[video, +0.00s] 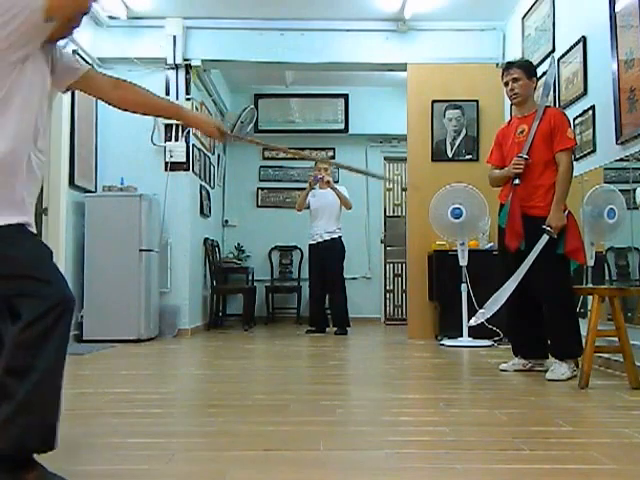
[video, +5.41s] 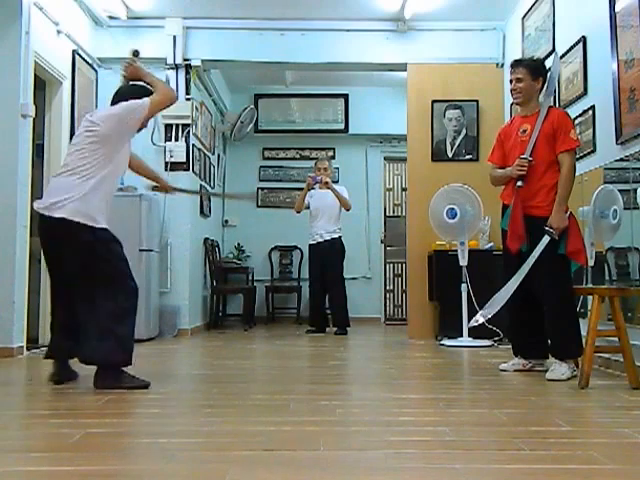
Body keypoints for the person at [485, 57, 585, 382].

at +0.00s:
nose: (511, 87)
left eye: (516, 80)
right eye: (506, 83)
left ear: (533, 83)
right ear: (504, 89)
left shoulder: (553, 117)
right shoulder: (504, 132)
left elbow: (565, 164)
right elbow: (493, 177)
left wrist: (557, 209)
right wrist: (508, 171)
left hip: (546, 214)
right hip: (513, 215)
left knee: (552, 284)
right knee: (519, 284)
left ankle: (565, 358)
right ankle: (529, 355)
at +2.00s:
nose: (511, 86)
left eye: (516, 80)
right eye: (507, 83)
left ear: (534, 82)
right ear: (505, 89)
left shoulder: (554, 117)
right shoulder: (505, 131)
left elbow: (566, 165)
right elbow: (493, 177)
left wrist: (558, 210)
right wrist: (509, 171)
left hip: (547, 215)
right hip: (514, 216)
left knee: (553, 285)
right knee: (520, 284)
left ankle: (565, 358)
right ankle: (529, 355)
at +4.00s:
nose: (516, 85)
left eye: (522, 79)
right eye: (512, 81)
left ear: (538, 82)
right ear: (508, 88)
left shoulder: (555, 117)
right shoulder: (506, 131)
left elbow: (567, 166)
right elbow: (494, 176)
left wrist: (559, 210)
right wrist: (510, 171)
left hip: (547, 214)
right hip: (514, 215)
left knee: (554, 284)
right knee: (520, 284)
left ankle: (565, 358)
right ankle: (529, 355)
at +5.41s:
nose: (514, 87)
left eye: (520, 81)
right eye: (511, 82)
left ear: (539, 83)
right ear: (510, 87)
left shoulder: (556, 118)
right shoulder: (507, 129)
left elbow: (567, 167)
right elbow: (494, 176)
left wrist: (559, 210)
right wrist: (510, 172)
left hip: (547, 215)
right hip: (515, 216)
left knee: (553, 285)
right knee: (520, 284)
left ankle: (565, 358)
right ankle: (530, 355)